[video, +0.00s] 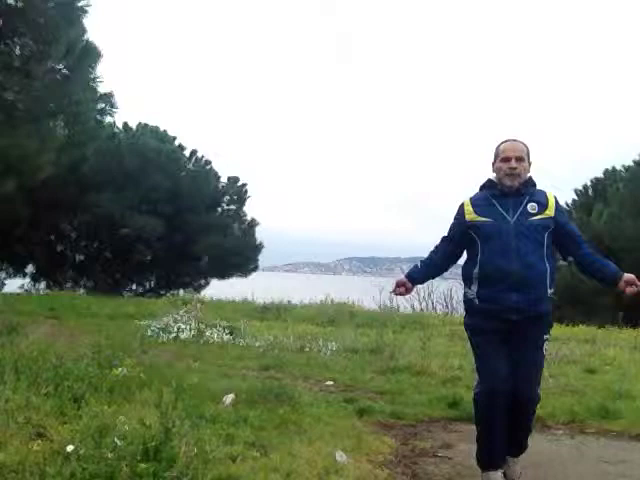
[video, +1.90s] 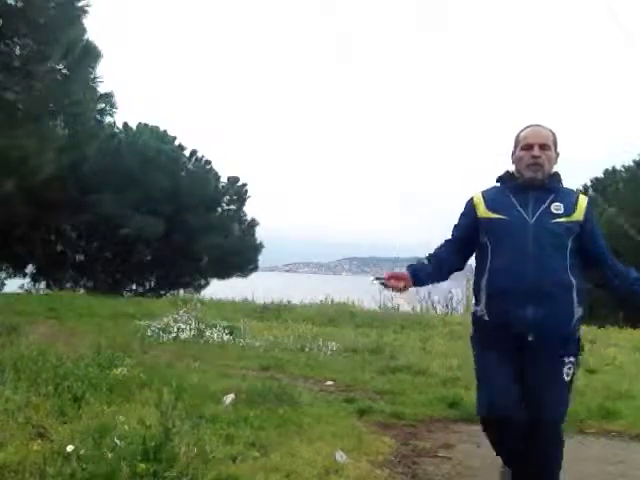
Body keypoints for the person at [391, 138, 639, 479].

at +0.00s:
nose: (512, 164)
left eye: (519, 159)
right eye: (505, 159)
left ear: (529, 166)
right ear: (494, 165)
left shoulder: (548, 205)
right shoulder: (473, 208)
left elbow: (579, 251)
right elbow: (447, 251)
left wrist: (617, 277)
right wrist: (412, 277)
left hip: (532, 316)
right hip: (485, 316)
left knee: (526, 392)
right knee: (494, 386)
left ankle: (512, 457)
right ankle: (491, 467)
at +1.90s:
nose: (535, 153)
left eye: (543, 148)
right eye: (527, 147)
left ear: (555, 157)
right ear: (513, 156)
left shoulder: (577, 207)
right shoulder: (483, 204)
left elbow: (607, 269)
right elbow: (452, 254)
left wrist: (637, 291)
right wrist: (412, 275)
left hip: (553, 335)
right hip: (495, 332)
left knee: (546, 425)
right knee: (497, 415)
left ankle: (541, 475)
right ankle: (519, 467)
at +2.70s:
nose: (542, 146)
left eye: (551, 141)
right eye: (533, 140)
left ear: (562, 153)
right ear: (518, 151)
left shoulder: (584, 202)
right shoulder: (490, 205)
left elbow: (614, 245)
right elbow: (468, 264)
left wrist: (628, 281)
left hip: (559, 340)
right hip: (497, 337)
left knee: (549, 443)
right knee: (478, 397)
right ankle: (500, 474)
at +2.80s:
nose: (541, 130)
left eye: (550, 125)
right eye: (532, 124)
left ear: (562, 134)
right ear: (517, 133)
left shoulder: (574, 169)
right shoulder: (496, 177)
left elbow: (570, 209)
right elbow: (496, 247)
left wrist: (502, 241)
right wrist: (573, 270)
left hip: (553, 311)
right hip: (499, 310)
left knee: (546, 416)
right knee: (492, 400)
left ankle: (542, 473)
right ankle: (499, 473)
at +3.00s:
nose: (534, 157)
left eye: (542, 151)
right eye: (525, 151)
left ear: (553, 161)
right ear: (510, 160)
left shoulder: (571, 202)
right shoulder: (486, 208)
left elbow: (567, 254)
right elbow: (487, 270)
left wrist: (516, 251)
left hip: (553, 332)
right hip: (497, 334)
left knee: (558, 405)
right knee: (497, 433)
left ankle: (537, 468)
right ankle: (499, 473)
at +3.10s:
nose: (537, 135)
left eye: (546, 129)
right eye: (528, 128)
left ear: (558, 139)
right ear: (512, 138)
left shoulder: (579, 194)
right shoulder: (482, 192)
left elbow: (598, 254)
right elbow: (456, 250)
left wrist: (623, 295)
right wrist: (428, 299)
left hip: (559, 328)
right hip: (498, 329)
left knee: (551, 416)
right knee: (501, 431)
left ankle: (547, 475)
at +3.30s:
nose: (540, 158)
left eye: (548, 152)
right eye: (531, 152)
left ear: (560, 163)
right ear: (515, 162)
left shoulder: (585, 215)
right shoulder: (484, 215)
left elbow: (624, 263)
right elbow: (458, 269)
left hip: (558, 343)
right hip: (494, 340)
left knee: (545, 453)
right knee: (475, 398)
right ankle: (503, 461)